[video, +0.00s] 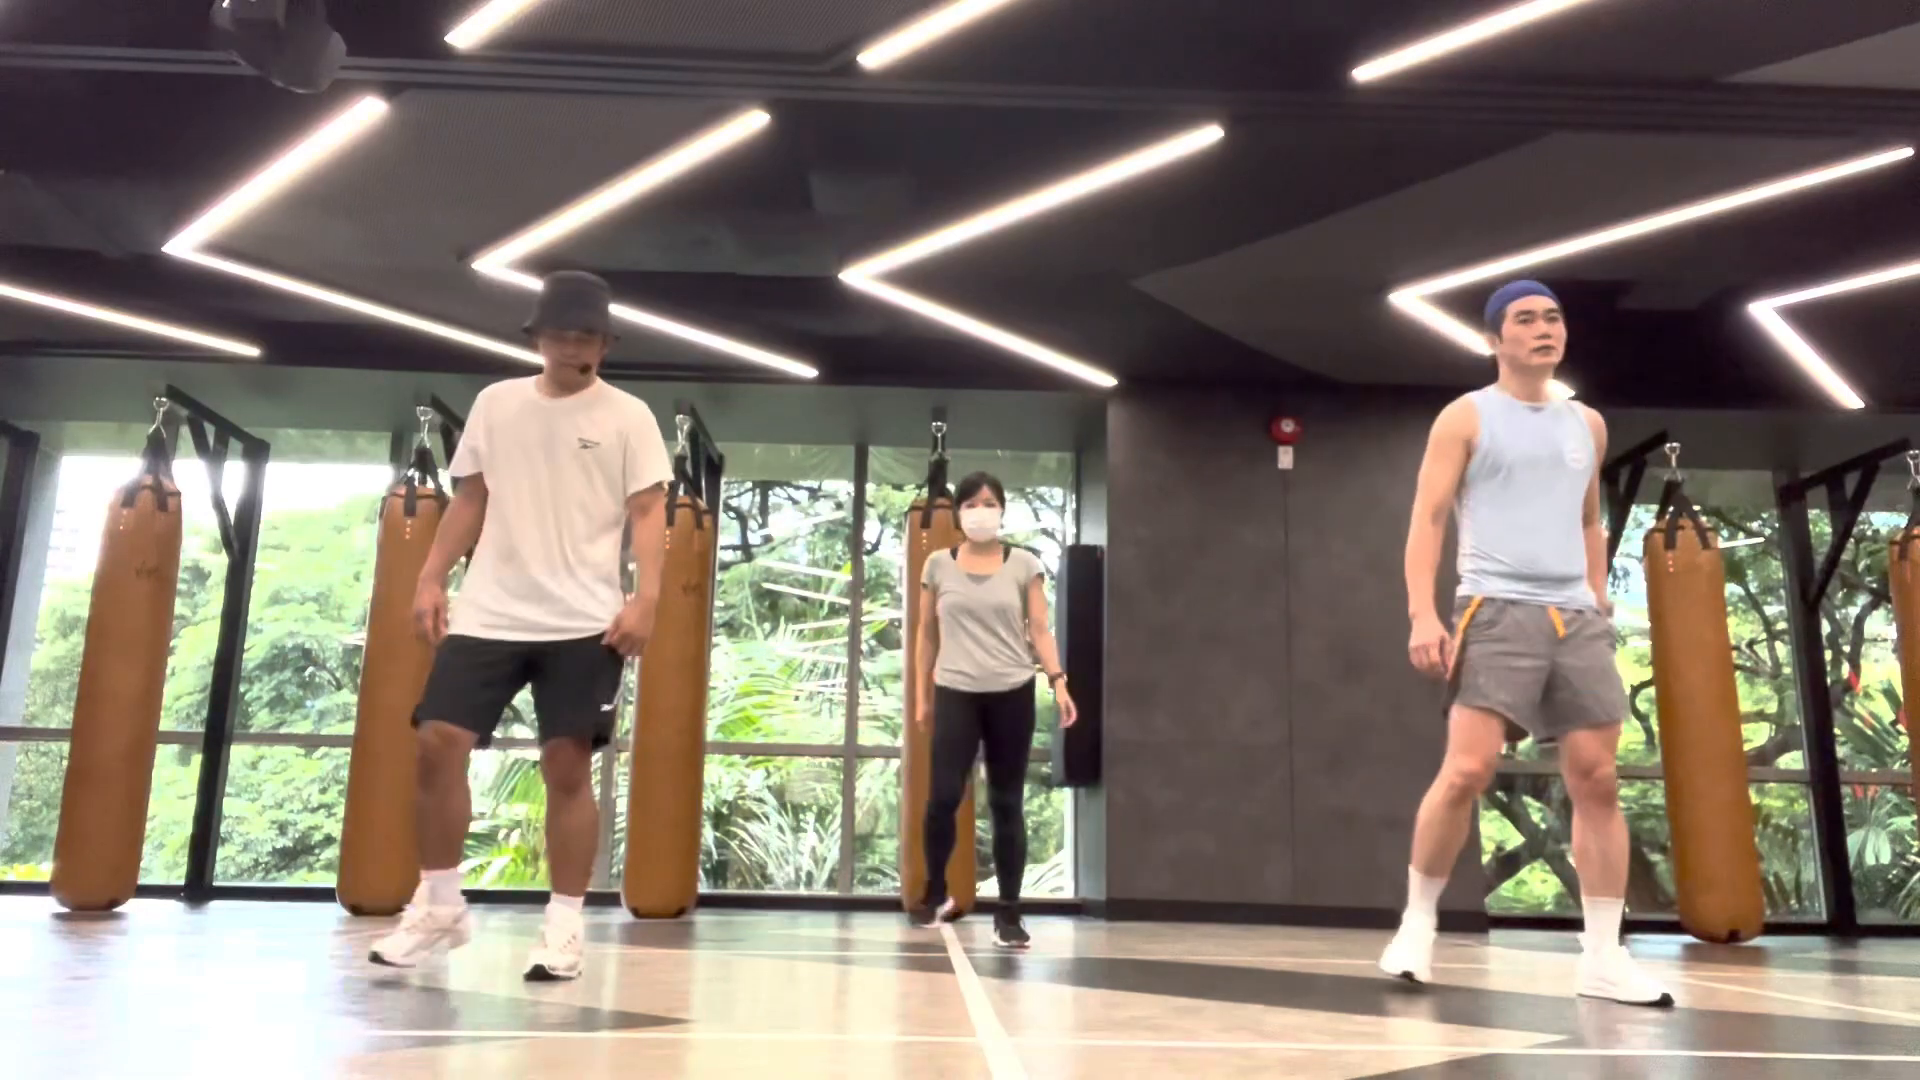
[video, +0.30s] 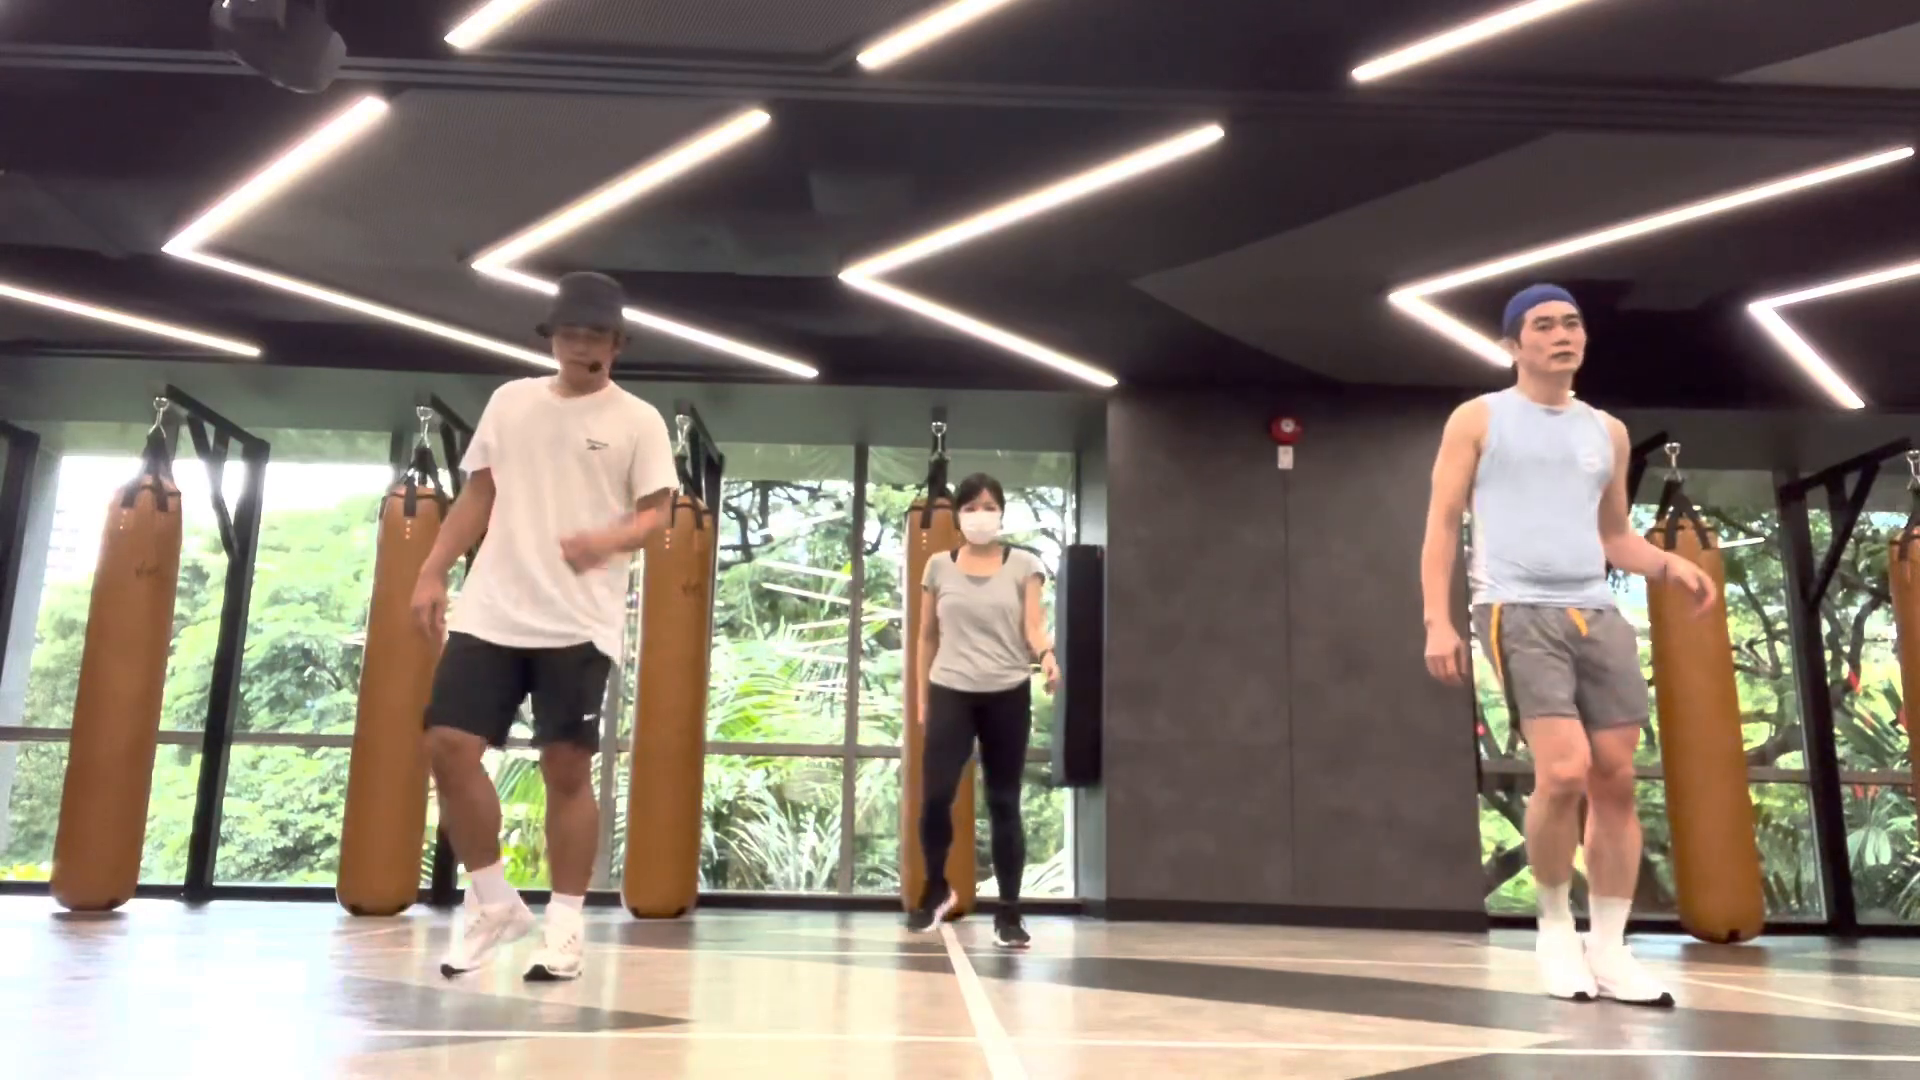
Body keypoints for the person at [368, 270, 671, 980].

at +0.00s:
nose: (575, 350)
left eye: (587, 338)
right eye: (562, 336)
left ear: (604, 339)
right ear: (537, 336)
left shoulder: (629, 416)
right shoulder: (495, 404)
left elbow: (647, 515)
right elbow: (468, 498)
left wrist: (646, 596)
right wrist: (431, 576)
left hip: (580, 621)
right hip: (488, 613)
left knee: (566, 764)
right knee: (436, 742)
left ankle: (564, 927)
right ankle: (440, 907)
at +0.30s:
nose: (588, 349)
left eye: (601, 337)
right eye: (576, 335)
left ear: (618, 341)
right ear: (551, 334)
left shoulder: (640, 421)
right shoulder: (509, 402)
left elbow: (656, 514)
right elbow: (477, 495)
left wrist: (607, 540)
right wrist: (432, 570)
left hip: (579, 621)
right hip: (492, 610)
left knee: (567, 767)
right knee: (450, 746)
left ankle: (565, 927)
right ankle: (493, 903)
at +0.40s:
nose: (585, 358)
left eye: (597, 345)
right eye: (572, 344)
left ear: (614, 342)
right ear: (547, 339)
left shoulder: (636, 420)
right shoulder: (507, 404)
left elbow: (650, 520)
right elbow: (475, 496)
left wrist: (588, 476)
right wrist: (428, 570)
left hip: (575, 621)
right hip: (486, 608)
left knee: (566, 767)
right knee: (431, 737)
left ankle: (565, 924)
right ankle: (467, 898)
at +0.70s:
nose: (519, 351)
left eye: (534, 339)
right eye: (511, 339)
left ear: (557, 346)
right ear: (494, 343)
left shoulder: (580, 412)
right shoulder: (452, 411)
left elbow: (565, 477)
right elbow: (428, 503)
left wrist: (525, 385)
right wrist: (390, 584)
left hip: (534, 631)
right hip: (444, 624)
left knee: (544, 775)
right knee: (420, 770)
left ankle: (563, 934)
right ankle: (385, 931)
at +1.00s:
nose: (472, 347)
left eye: (482, 333)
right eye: (457, 334)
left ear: (500, 335)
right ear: (431, 336)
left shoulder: (532, 406)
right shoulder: (401, 412)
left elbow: (519, 480)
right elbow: (379, 512)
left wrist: (449, 406)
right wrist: (326, 593)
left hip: (494, 621)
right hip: (406, 620)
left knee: (487, 754)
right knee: (397, 766)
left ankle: (501, 911)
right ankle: (385, 924)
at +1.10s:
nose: (461, 344)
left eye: (473, 329)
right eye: (446, 330)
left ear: (494, 334)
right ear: (423, 336)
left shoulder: (528, 406)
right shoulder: (398, 417)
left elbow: (520, 489)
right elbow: (372, 516)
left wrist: (421, 467)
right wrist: (320, 598)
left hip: (490, 626)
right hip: (403, 624)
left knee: (469, 763)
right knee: (397, 768)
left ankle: (456, 927)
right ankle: (385, 925)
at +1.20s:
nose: (459, 345)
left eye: (472, 330)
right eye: (445, 331)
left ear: (492, 335)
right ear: (422, 337)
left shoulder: (526, 407)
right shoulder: (396, 421)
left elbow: (516, 497)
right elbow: (372, 517)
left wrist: (454, 559)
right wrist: (324, 599)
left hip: (491, 630)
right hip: (402, 628)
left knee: (477, 762)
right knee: (397, 767)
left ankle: (464, 925)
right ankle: (384, 926)